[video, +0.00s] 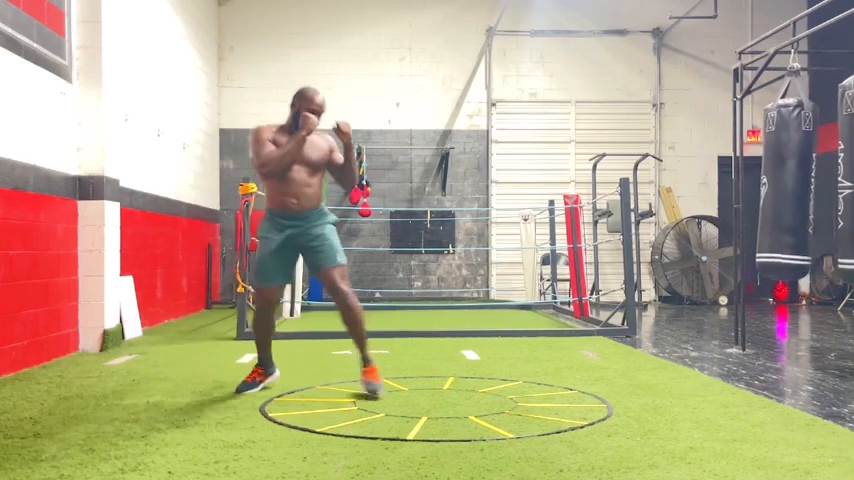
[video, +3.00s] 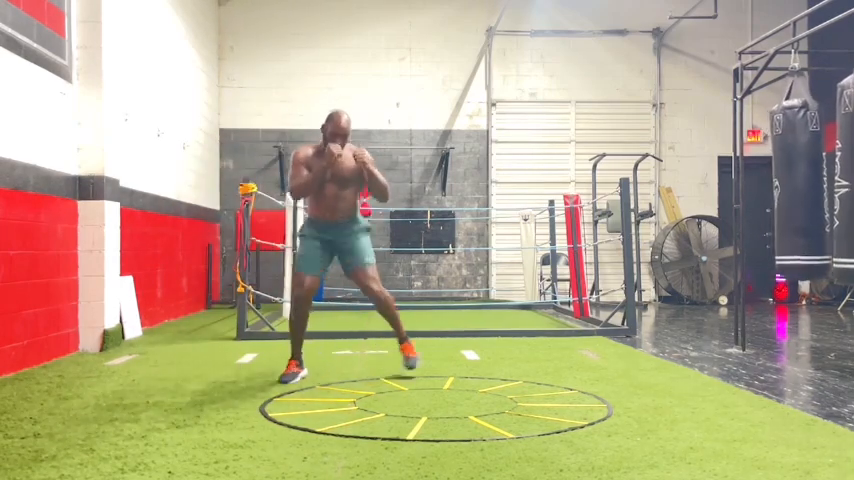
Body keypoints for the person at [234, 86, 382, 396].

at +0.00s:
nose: (313, 119)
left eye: (318, 115)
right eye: (310, 113)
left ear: (320, 116)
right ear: (294, 108)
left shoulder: (325, 144)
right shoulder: (265, 134)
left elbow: (349, 182)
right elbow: (266, 168)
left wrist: (348, 147)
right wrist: (301, 136)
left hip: (316, 224)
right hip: (276, 226)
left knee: (341, 289)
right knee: (264, 302)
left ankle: (367, 362)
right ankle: (265, 366)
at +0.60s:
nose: (307, 128)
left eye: (312, 124)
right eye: (303, 122)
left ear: (315, 123)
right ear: (287, 117)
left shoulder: (321, 150)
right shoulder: (261, 142)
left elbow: (345, 189)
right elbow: (257, 180)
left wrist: (339, 157)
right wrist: (293, 151)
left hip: (305, 230)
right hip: (266, 229)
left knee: (314, 297)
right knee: (242, 297)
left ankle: (329, 372)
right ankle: (234, 359)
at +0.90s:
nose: (273, 133)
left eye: (277, 130)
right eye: (270, 127)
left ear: (281, 130)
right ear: (255, 121)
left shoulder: (282, 156)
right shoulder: (224, 145)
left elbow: (299, 196)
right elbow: (219, 181)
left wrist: (302, 164)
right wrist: (258, 153)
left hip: (264, 230)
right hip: (226, 230)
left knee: (285, 290)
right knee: (212, 300)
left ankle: (316, 367)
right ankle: (209, 367)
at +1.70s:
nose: (296, 143)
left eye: (300, 138)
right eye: (291, 138)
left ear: (304, 138)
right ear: (276, 134)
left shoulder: (312, 165)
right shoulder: (254, 163)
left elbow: (336, 201)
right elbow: (251, 198)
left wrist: (328, 167)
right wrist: (285, 168)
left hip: (304, 241)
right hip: (267, 243)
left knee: (325, 301)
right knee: (238, 303)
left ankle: (360, 366)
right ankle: (232, 364)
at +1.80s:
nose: (305, 134)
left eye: (310, 129)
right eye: (301, 128)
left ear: (316, 128)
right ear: (289, 125)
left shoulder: (328, 153)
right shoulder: (271, 155)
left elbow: (359, 184)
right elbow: (268, 190)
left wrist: (338, 146)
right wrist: (295, 156)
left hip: (324, 233)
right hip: (287, 236)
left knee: (339, 297)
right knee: (261, 300)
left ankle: (362, 366)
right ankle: (244, 361)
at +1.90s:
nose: (317, 123)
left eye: (322, 118)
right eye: (312, 118)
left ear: (328, 116)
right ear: (299, 114)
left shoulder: (340, 140)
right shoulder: (283, 143)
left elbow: (370, 170)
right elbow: (276, 177)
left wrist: (347, 133)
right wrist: (303, 142)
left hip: (335, 222)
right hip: (299, 224)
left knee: (345, 290)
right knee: (280, 291)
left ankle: (365, 362)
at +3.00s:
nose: (339, 141)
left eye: (344, 137)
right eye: (335, 136)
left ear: (350, 134)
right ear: (324, 130)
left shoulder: (358, 155)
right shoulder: (304, 155)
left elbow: (384, 195)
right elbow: (297, 192)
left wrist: (366, 167)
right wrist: (324, 164)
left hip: (352, 231)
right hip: (315, 232)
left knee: (373, 289)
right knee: (302, 293)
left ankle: (404, 340)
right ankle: (295, 361)